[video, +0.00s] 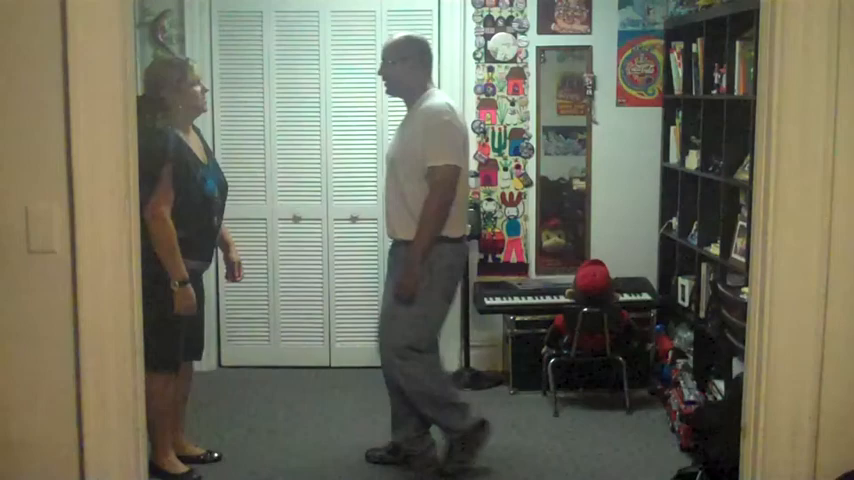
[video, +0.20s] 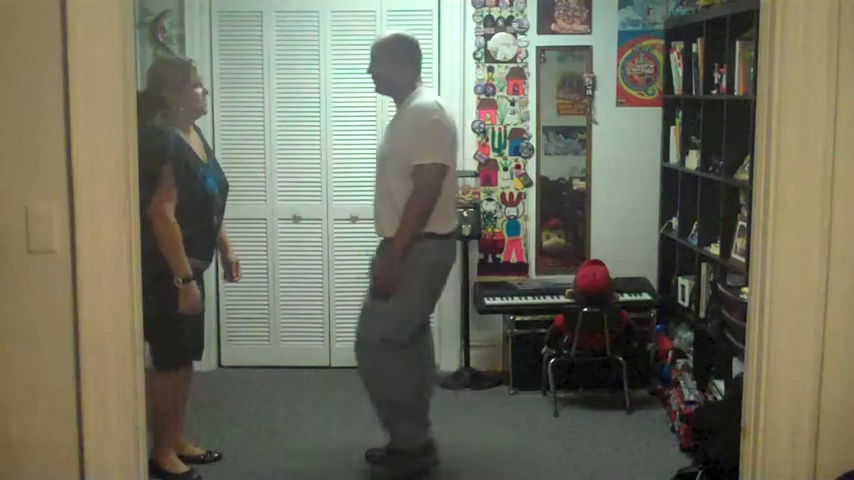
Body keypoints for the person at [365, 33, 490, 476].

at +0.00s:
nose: (381, 74)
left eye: (388, 65)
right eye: (382, 66)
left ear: (416, 67)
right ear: (409, 69)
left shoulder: (439, 115)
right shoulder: (418, 115)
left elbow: (443, 192)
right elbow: (422, 190)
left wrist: (414, 262)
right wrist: (403, 252)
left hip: (433, 251)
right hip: (412, 247)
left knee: (402, 347)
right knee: (401, 347)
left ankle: (465, 428)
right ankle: (411, 442)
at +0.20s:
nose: (370, 74)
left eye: (375, 65)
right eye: (371, 66)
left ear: (399, 65)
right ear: (402, 65)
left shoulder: (427, 113)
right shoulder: (411, 112)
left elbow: (428, 188)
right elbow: (416, 187)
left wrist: (393, 254)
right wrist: (393, 249)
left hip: (421, 248)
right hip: (410, 247)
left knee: (379, 340)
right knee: (409, 342)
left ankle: (411, 446)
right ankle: (411, 441)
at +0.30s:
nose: (365, 71)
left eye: (372, 62)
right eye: (367, 63)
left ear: (399, 66)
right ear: (397, 67)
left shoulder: (418, 113)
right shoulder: (408, 112)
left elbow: (419, 187)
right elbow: (414, 189)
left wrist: (384, 253)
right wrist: (381, 248)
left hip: (411, 251)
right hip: (408, 250)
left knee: (378, 349)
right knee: (405, 347)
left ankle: (391, 454)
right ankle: (413, 444)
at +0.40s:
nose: (361, 69)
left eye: (369, 61)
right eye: (363, 61)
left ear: (395, 64)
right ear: (394, 65)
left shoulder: (412, 112)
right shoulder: (404, 110)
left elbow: (410, 187)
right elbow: (403, 188)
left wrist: (375, 255)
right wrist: (374, 251)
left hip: (404, 251)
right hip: (403, 250)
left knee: (379, 352)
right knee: (399, 350)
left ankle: (389, 455)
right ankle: (411, 445)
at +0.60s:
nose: (355, 70)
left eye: (362, 62)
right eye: (356, 62)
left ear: (388, 64)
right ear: (389, 65)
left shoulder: (404, 113)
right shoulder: (399, 110)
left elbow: (394, 193)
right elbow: (395, 193)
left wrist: (361, 261)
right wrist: (366, 259)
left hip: (397, 251)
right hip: (397, 250)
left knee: (377, 356)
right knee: (389, 353)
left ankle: (392, 455)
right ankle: (408, 445)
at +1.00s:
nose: (339, 80)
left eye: (346, 71)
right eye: (340, 72)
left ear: (371, 73)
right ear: (376, 73)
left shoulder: (392, 118)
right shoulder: (400, 113)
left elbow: (394, 197)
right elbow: (398, 197)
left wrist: (373, 266)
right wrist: (375, 259)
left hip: (412, 251)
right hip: (423, 247)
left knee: (393, 352)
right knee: (406, 349)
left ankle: (392, 452)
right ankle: (410, 442)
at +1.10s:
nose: (344, 82)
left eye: (350, 74)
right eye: (344, 75)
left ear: (376, 75)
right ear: (378, 76)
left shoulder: (399, 119)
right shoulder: (400, 117)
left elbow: (412, 196)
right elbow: (399, 198)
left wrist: (393, 267)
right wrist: (369, 246)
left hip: (424, 250)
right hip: (423, 247)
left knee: (398, 351)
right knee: (406, 350)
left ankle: (392, 453)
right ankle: (412, 445)